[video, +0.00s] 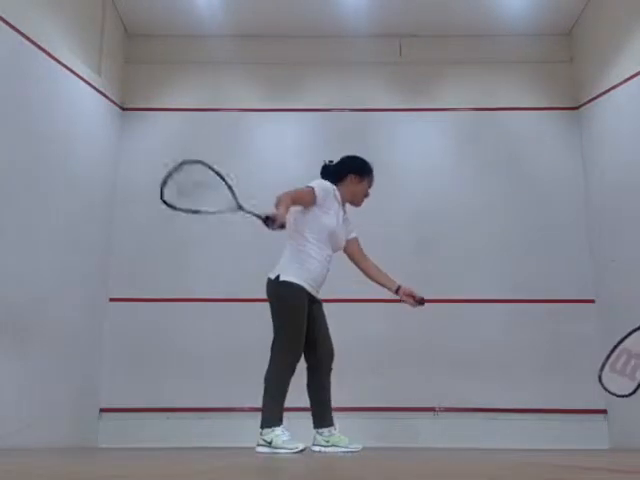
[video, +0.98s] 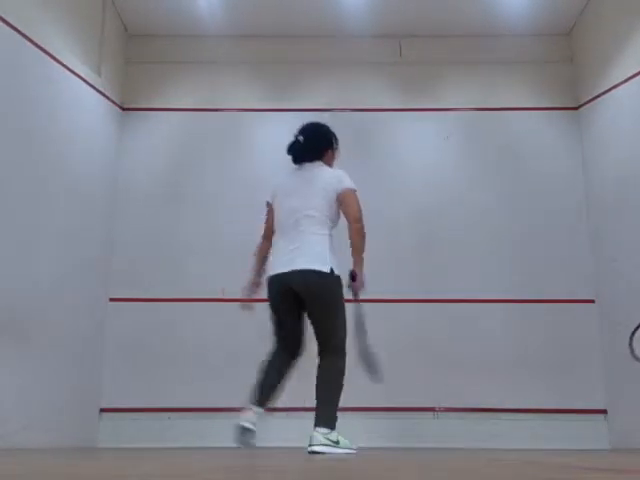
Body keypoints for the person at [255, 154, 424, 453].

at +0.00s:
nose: (368, 194)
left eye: (370, 189)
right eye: (367, 187)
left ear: (353, 182)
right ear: (351, 179)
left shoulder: (342, 221)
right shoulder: (324, 191)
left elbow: (363, 261)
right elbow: (287, 197)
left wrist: (399, 289)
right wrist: (280, 214)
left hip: (309, 293)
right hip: (288, 285)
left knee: (322, 355)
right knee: (286, 354)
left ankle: (325, 431)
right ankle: (270, 431)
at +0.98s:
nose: (337, 156)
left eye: (336, 151)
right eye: (336, 151)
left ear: (302, 151)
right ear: (328, 152)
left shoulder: (281, 185)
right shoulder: (336, 178)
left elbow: (267, 237)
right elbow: (356, 222)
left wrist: (256, 277)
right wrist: (357, 269)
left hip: (279, 276)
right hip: (318, 275)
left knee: (287, 347)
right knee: (332, 352)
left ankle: (253, 410)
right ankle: (323, 431)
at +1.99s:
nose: (279, 112)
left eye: (279, 105)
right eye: (277, 104)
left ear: (241, 106)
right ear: (261, 103)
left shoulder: (216, 138)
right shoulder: (260, 128)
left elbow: (190, 192)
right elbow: (259, 177)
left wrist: (154, 233)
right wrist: (277, 231)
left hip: (194, 243)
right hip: (223, 241)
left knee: (216, 332)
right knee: (236, 327)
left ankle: (199, 424)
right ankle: (194, 417)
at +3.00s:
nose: (362, 117)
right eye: (360, 112)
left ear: (322, 121)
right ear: (359, 116)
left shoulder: (317, 151)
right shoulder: (382, 149)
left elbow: (275, 189)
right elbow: (418, 197)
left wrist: (233, 235)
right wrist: (423, 245)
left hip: (337, 246)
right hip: (387, 246)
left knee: (299, 335)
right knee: (414, 337)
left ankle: (260, 420)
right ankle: (446, 426)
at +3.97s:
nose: (541, 252)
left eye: (540, 247)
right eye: (541, 247)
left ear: (508, 247)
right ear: (535, 248)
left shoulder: (492, 269)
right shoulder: (543, 273)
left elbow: (458, 296)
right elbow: (568, 326)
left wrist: (426, 322)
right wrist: (596, 359)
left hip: (479, 325)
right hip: (517, 323)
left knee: (501, 375)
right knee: (543, 372)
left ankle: (514, 435)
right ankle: (563, 422)